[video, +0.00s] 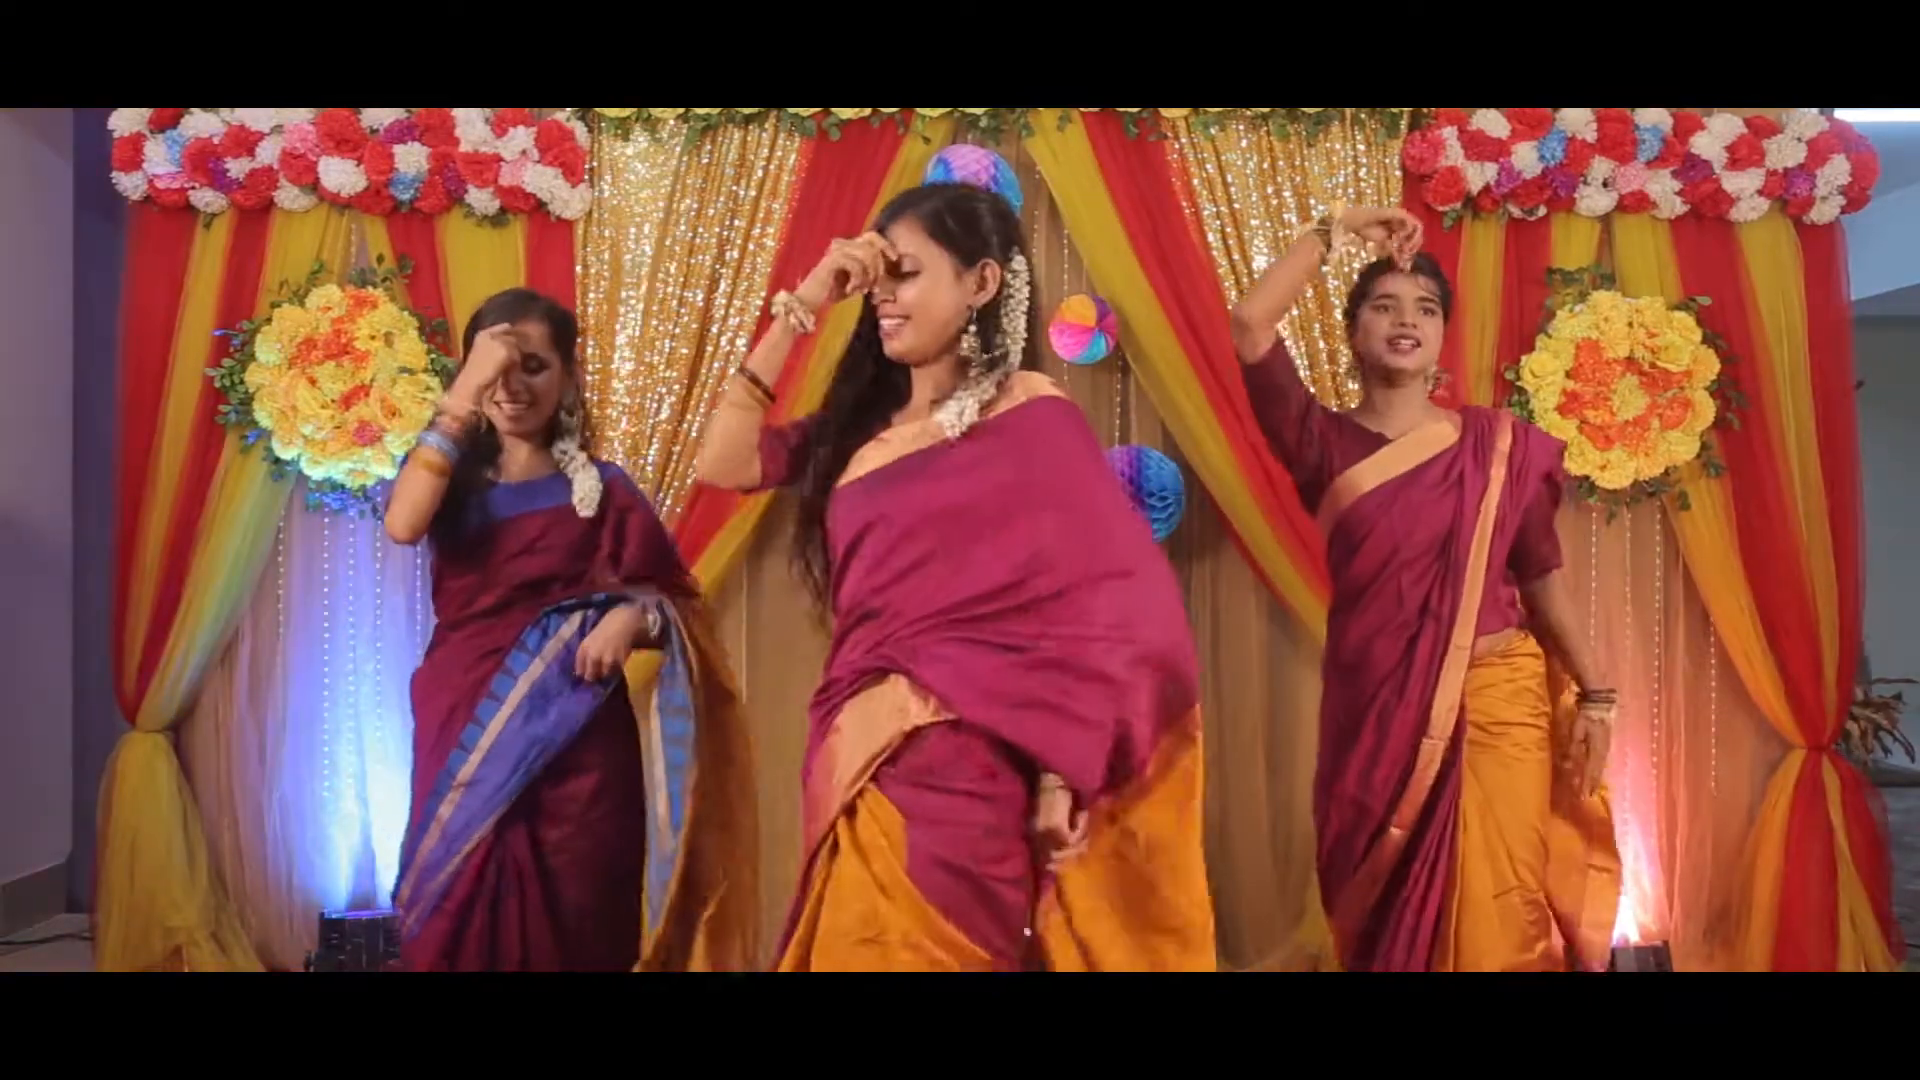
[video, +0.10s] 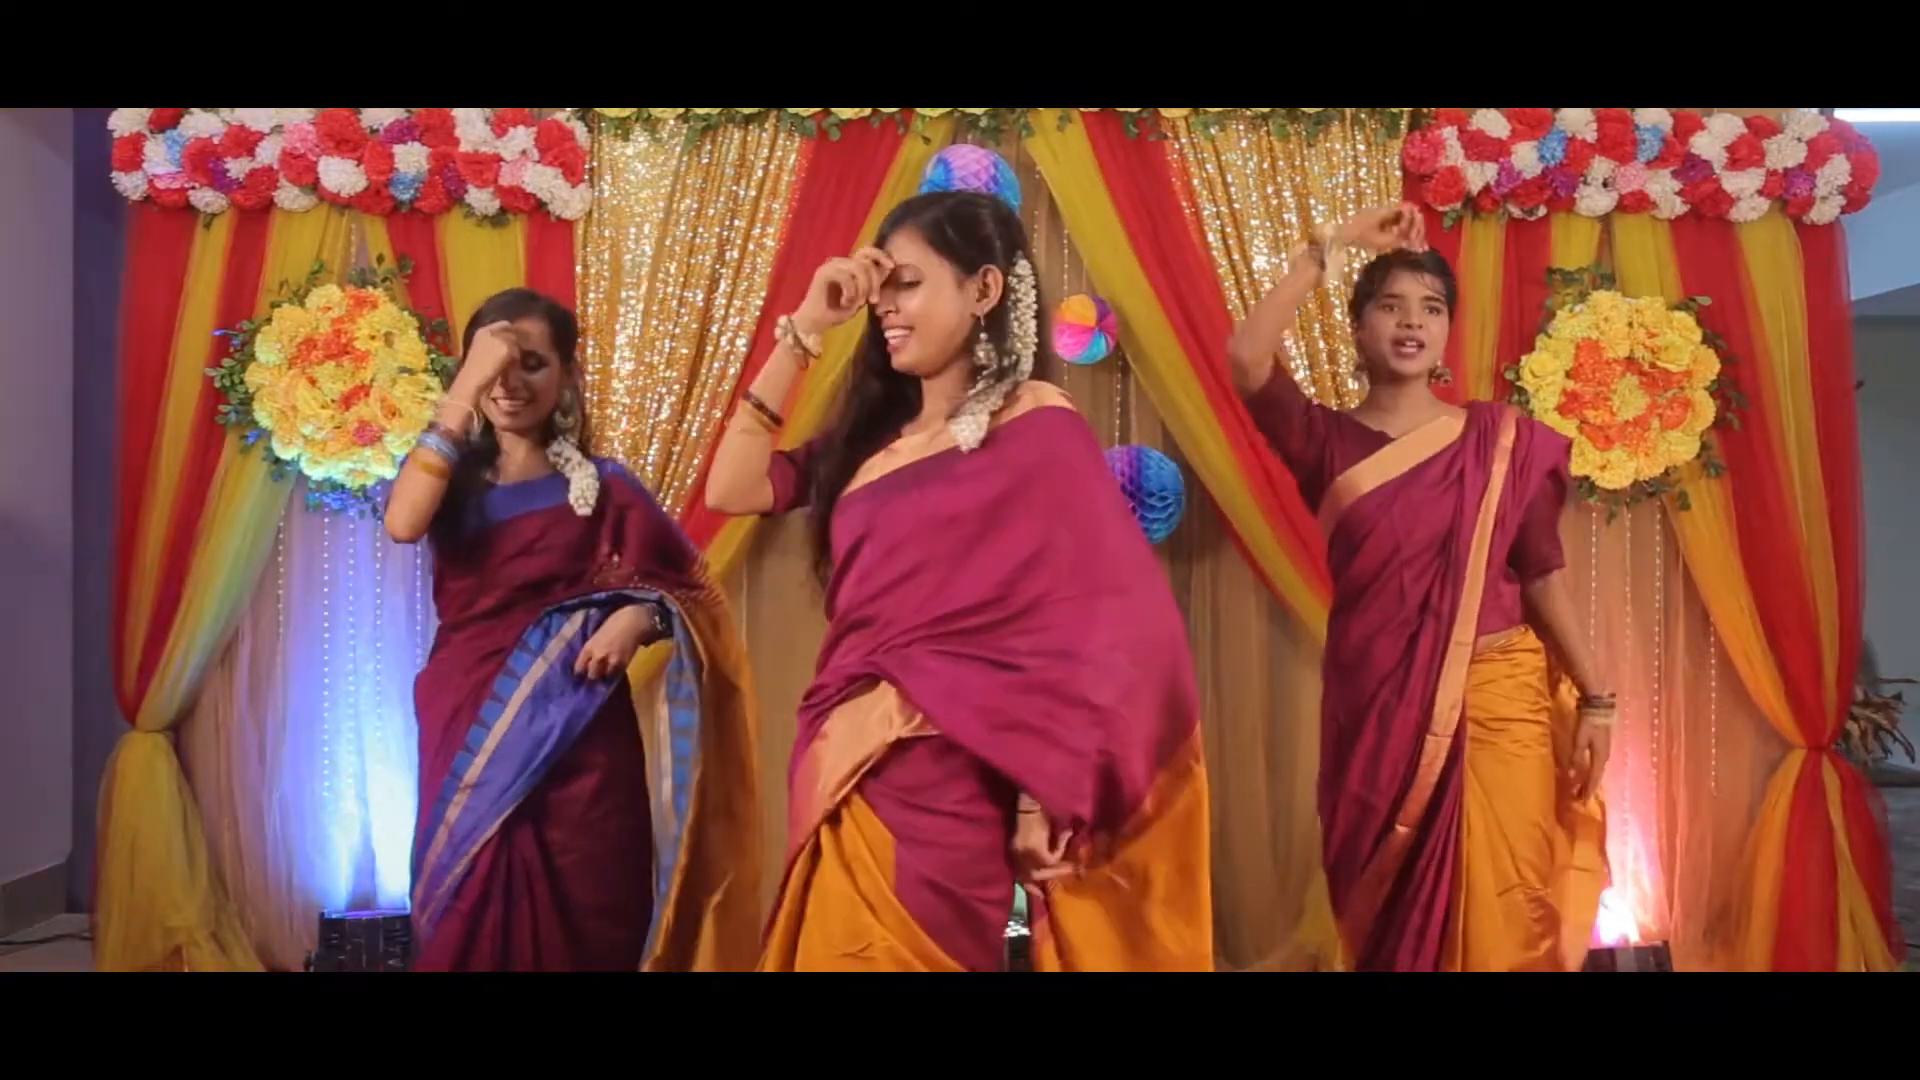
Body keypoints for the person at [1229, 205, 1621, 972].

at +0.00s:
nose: (1406, 320)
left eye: (1424, 307)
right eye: (1384, 305)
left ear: (1445, 334)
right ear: (1351, 329)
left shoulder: (1498, 442)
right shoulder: (1328, 444)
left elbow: (1539, 583)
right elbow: (1252, 323)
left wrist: (1594, 687)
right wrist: (1336, 228)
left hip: (1500, 690)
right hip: (1381, 704)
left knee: (1492, 915)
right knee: (1389, 917)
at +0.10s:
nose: (1410, 321)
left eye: (1430, 307)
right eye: (1389, 304)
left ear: (1450, 330)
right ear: (1356, 325)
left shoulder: (1505, 438)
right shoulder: (1330, 442)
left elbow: (1541, 579)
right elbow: (1248, 358)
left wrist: (1597, 697)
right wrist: (1331, 244)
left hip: (1502, 699)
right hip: (1382, 708)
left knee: (1501, 921)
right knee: (1394, 924)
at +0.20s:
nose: (1419, 337)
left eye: (1437, 321)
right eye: (1398, 321)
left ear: (1458, 338)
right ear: (1361, 340)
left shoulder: (1508, 444)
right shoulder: (1337, 444)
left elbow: (1541, 594)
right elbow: (1258, 465)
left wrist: (1593, 718)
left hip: (1497, 707)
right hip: (1376, 712)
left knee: (1494, 918)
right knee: (1388, 917)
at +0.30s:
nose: (1421, 366)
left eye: (1440, 348)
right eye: (1402, 347)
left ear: (1464, 364)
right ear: (1372, 359)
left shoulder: (1516, 467)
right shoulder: (1333, 468)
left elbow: (1543, 624)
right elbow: (1285, 586)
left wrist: (1581, 758)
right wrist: (1353, 526)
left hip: (1488, 731)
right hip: (1369, 733)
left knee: (1480, 929)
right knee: (1378, 931)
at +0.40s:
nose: (1415, 356)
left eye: (1435, 339)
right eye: (1397, 337)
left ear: (1464, 357)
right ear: (1372, 350)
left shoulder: (1519, 464)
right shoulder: (1335, 461)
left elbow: (1540, 628)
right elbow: (1286, 581)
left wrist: (1567, 758)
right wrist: (1359, 534)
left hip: (1479, 726)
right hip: (1360, 730)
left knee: (1472, 932)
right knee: (1372, 932)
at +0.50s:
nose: (1400, 325)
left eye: (1424, 312)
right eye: (1387, 307)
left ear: (1457, 337)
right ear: (1367, 322)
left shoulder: (1503, 437)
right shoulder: (1335, 439)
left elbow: (1533, 598)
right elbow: (1277, 537)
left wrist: (1565, 734)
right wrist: (1325, 451)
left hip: (1471, 695)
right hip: (1360, 699)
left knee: (1472, 915)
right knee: (1370, 909)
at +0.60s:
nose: (1386, 315)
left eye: (1411, 305)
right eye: (1377, 300)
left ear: (1448, 336)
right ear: (1361, 317)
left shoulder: (1480, 433)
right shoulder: (1332, 442)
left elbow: (1524, 589)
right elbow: (1266, 528)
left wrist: (1570, 730)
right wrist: (1309, 411)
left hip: (1463, 712)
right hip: (1357, 714)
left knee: (1465, 926)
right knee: (1367, 921)